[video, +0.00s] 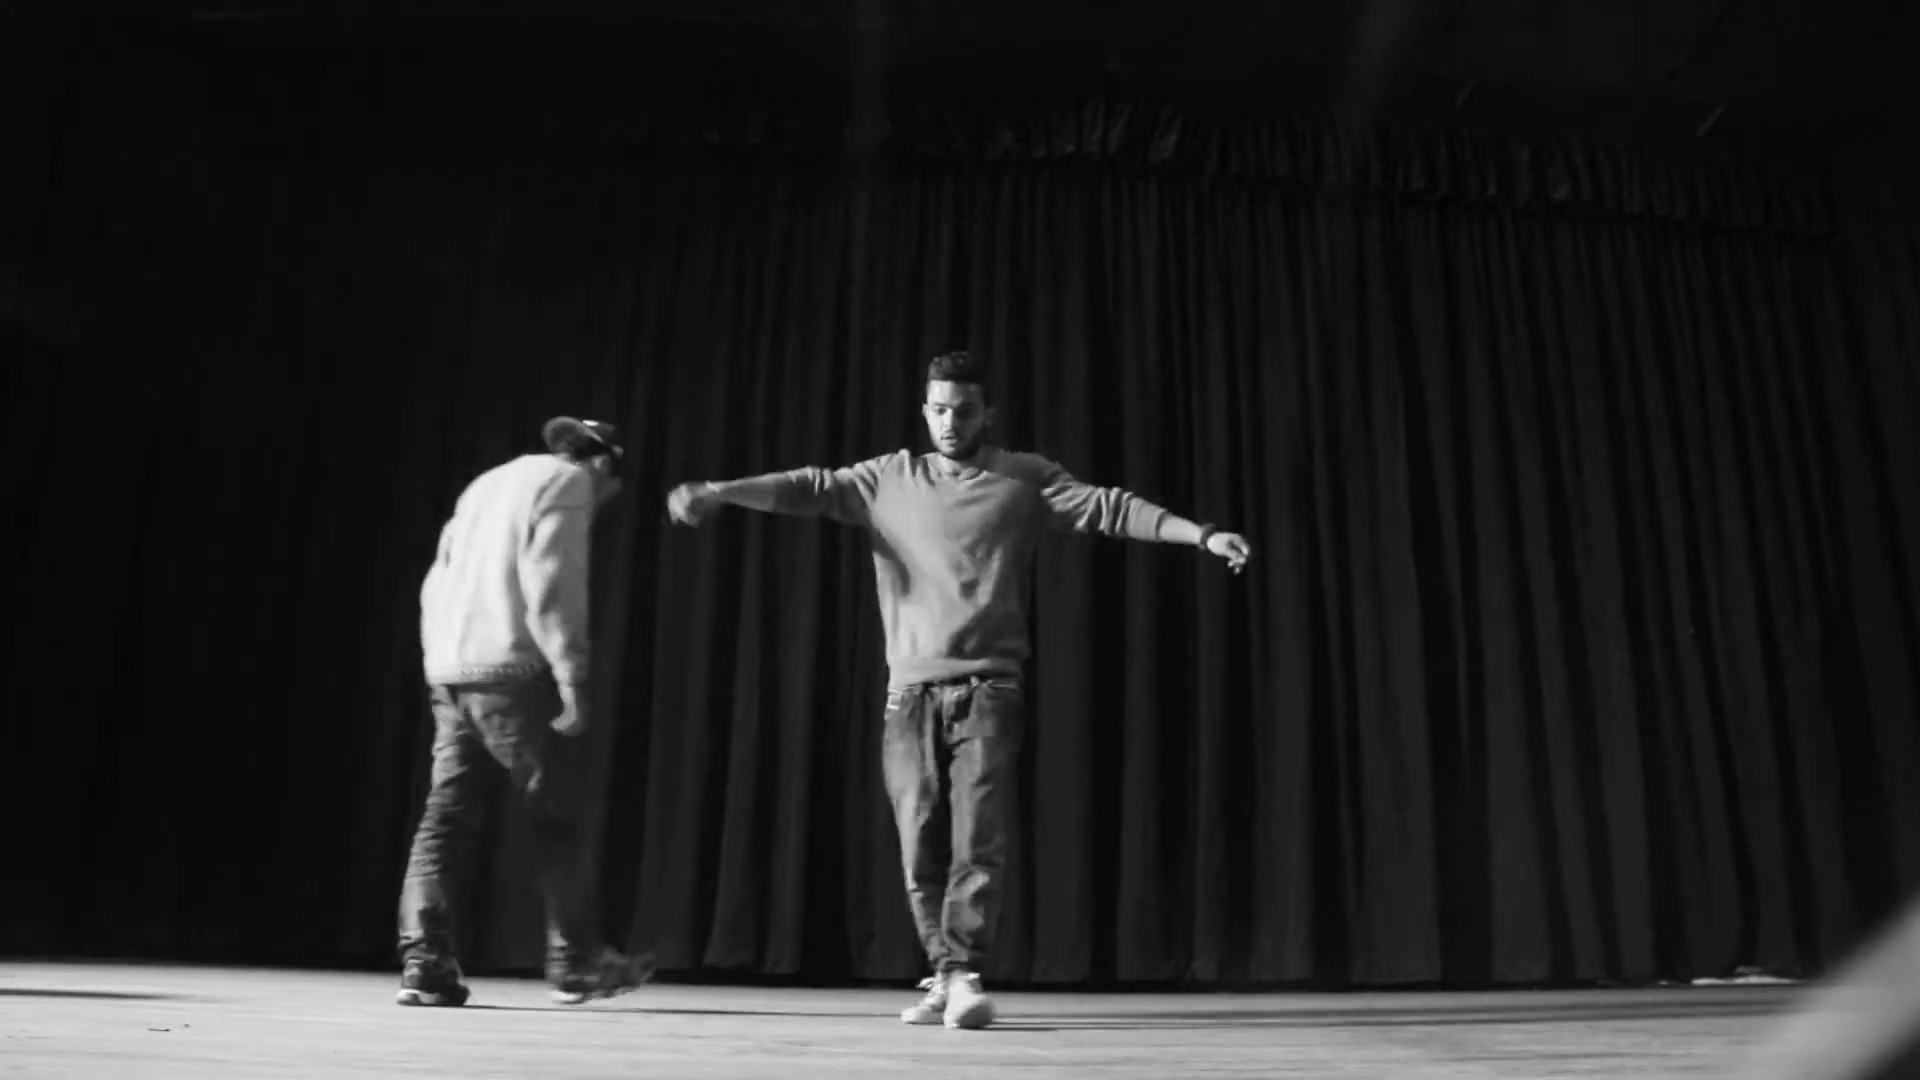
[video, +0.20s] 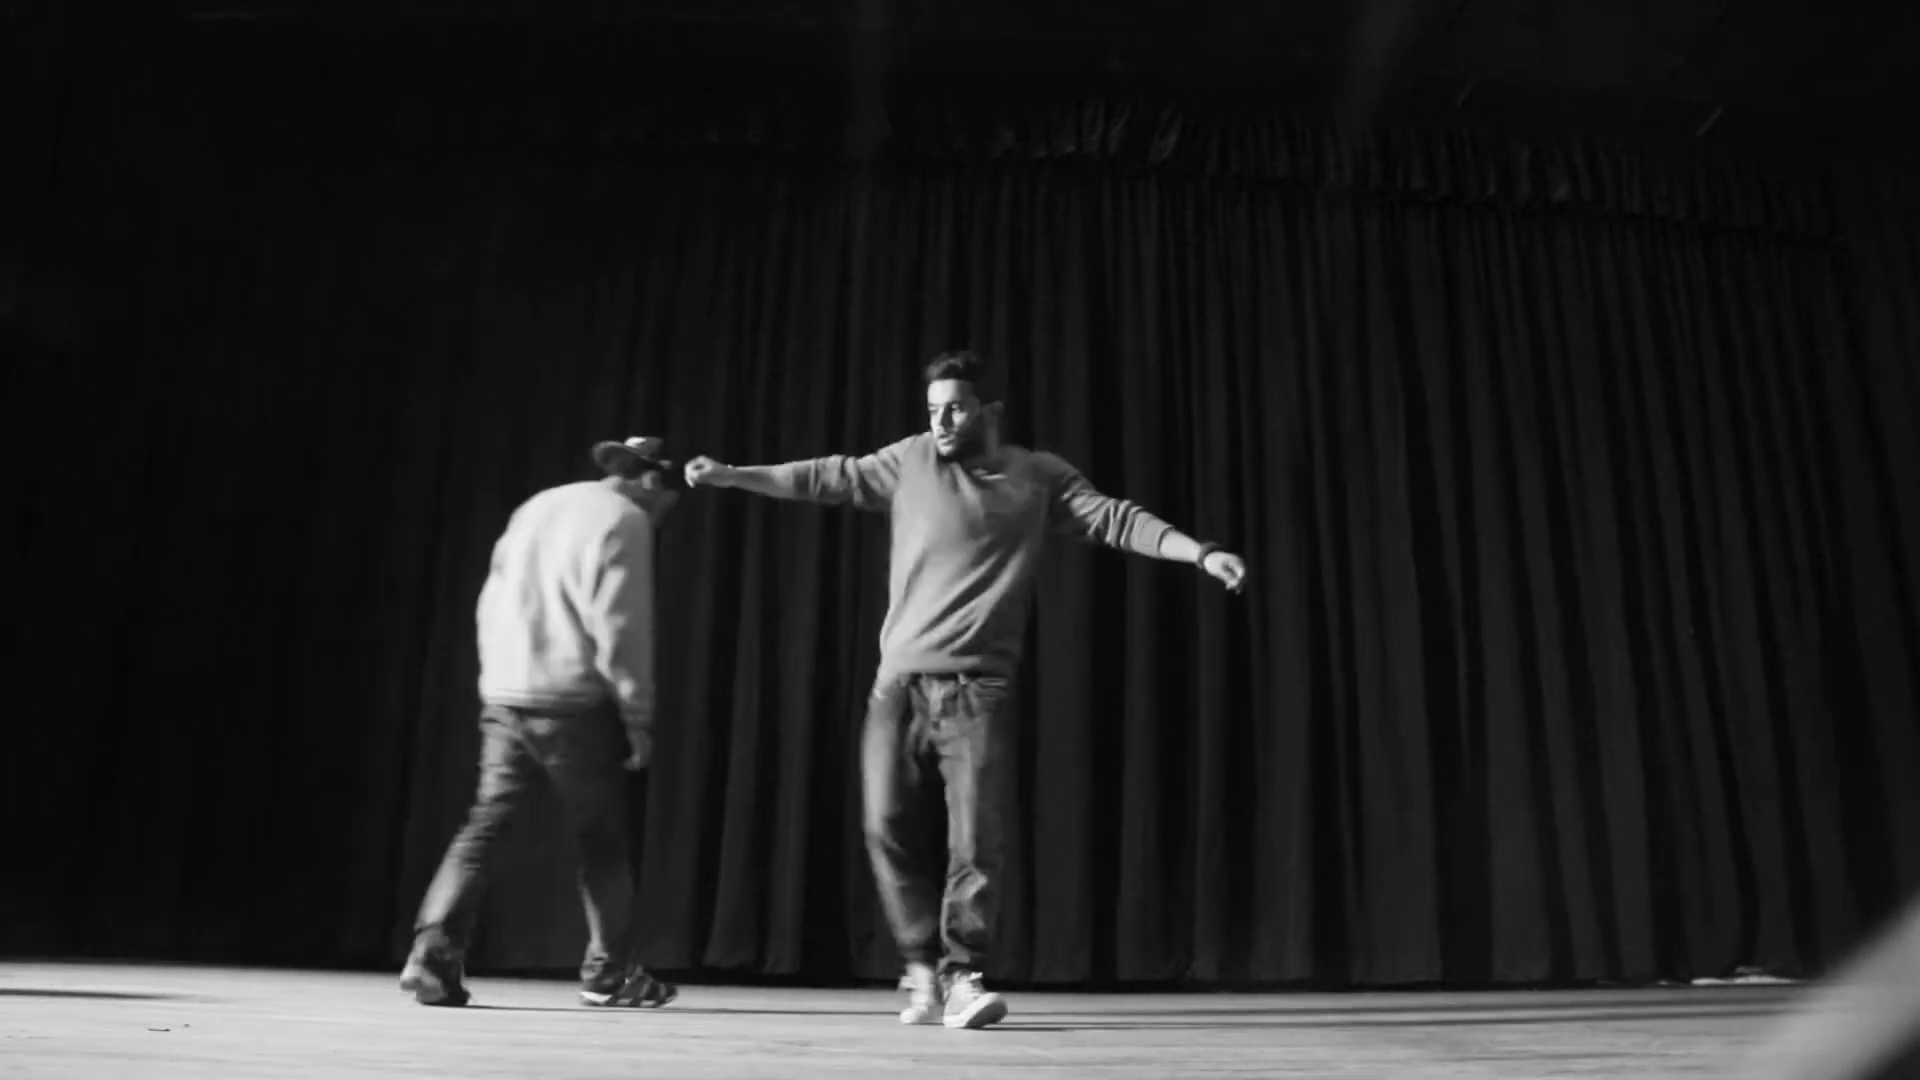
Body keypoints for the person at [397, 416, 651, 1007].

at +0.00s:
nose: (605, 494)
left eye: (610, 485)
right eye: (609, 481)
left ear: (560, 450)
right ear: (599, 462)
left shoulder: (485, 485)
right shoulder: (568, 478)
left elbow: (438, 582)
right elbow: (553, 580)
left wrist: (445, 671)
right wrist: (573, 680)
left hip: (453, 679)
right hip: (511, 676)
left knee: (445, 819)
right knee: (558, 815)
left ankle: (425, 961)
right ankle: (576, 960)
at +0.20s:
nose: (667, 508)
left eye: (672, 498)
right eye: (669, 495)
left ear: (617, 472)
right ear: (650, 479)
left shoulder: (533, 509)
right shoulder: (624, 519)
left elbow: (494, 605)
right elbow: (620, 626)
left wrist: (503, 684)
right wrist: (638, 718)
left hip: (507, 699)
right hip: (572, 704)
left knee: (484, 828)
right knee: (602, 835)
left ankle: (432, 955)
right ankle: (610, 970)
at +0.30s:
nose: (696, 507)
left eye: (699, 496)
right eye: (696, 494)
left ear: (643, 474)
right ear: (677, 481)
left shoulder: (562, 512)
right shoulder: (658, 527)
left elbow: (521, 609)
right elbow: (656, 638)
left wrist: (532, 690)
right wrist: (664, 729)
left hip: (539, 706)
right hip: (604, 710)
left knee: (535, 821)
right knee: (632, 833)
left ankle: (456, 922)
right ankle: (611, 971)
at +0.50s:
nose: (732, 506)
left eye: (735, 496)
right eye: (732, 495)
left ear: (676, 477)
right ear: (711, 483)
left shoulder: (603, 523)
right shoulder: (698, 529)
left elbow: (571, 625)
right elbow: (709, 638)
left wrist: (582, 704)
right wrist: (721, 721)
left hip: (600, 707)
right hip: (659, 708)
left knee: (606, 825)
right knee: (647, 840)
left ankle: (541, 936)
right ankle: (619, 968)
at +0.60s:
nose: (751, 506)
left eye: (753, 496)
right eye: (748, 494)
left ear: (698, 484)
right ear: (720, 485)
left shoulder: (624, 532)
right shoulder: (713, 532)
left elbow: (596, 630)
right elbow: (728, 632)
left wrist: (608, 711)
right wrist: (749, 715)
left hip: (623, 708)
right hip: (677, 707)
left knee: (649, 837)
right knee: (656, 840)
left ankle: (622, 965)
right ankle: (605, 962)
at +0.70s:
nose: (766, 511)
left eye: (768, 502)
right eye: (763, 499)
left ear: (712, 489)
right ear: (739, 489)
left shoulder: (647, 541)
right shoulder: (729, 535)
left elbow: (622, 639)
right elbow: (744, 636)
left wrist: (637, 718)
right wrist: (774, 721)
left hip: (649, 716)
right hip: (696, 713)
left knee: (695, 845)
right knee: (666, 842)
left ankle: (689, 968)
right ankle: (617, 966)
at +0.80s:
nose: (789, 516)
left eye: (790, 506)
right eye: (784, 504)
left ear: (737, 500)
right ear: (759, 499)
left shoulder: (672, 553)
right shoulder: (745, 545)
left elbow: (649, 644)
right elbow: (757, 638)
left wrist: (664, 713)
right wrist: (788, 720)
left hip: (670, 717)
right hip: (715, 713)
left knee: (722, 842)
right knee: (679, 836)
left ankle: (749, 964)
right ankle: (618, 960)